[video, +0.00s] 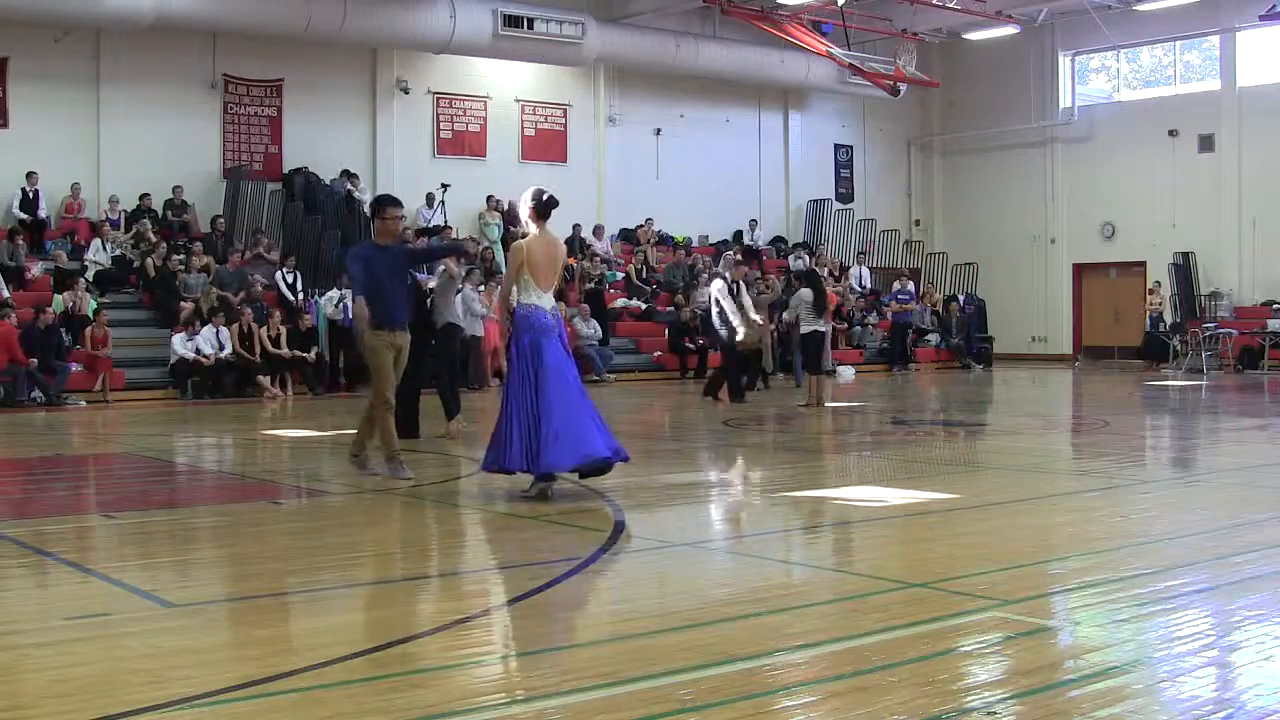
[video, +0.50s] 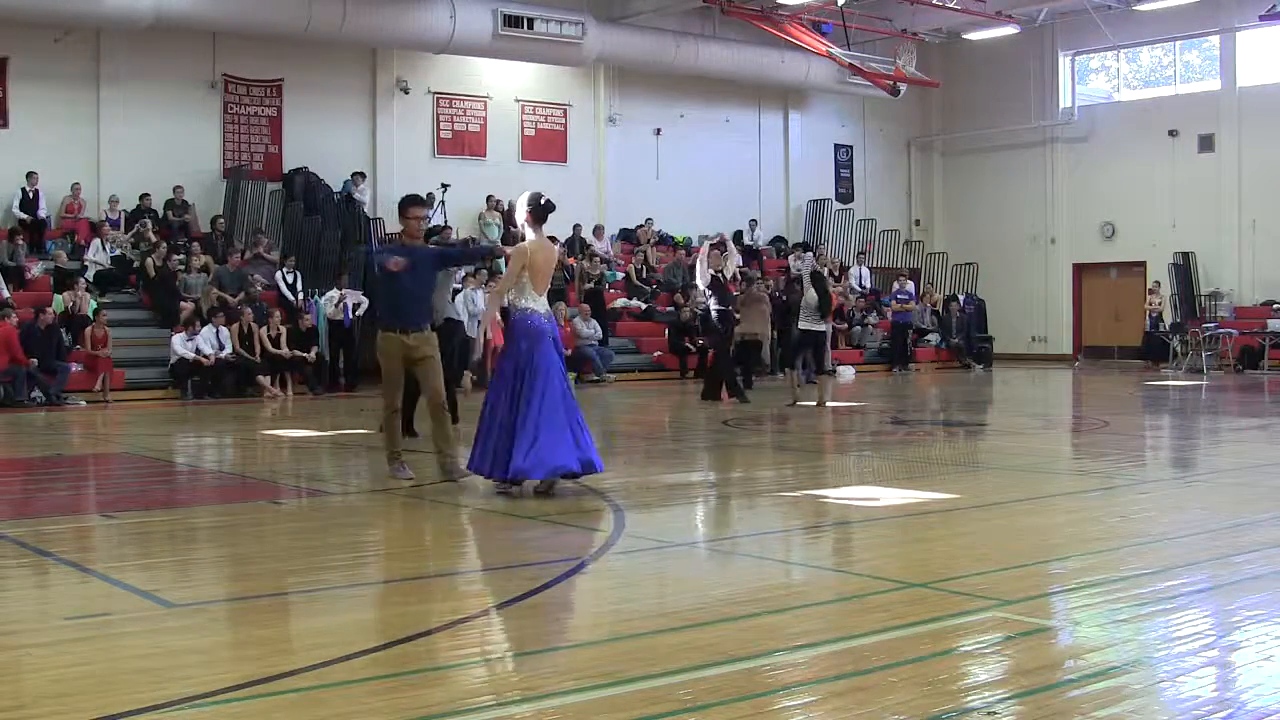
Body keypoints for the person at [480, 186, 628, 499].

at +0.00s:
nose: (519, 211)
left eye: (521, 206)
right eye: (521, 206)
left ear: (530, 211)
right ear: (546, 211)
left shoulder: (521, 247)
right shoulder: (560, 246)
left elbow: (506, 290)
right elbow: (554, 287)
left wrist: (505, 316)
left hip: (529, 321)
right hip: (552, 320)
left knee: (535, 393)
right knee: (553, 389)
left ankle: (543, 467)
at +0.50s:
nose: (516, 214)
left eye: (519, 210)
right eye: (518, 209)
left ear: (526, 214)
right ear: (544, 215)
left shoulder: (522, 250)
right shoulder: (552, 249)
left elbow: (502, 288)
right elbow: (538, 283)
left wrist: (488, 315)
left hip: (523, 325)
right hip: (546, 324)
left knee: (515, 394)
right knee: (547, 393)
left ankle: (511, 467)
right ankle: (550, 463)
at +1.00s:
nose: (492, 216)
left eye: (496, 211)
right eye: (494, 211)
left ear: (509, 217)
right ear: (519, 219)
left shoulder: (500, 251)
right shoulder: (531, 251)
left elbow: (467, 280)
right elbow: (519, 284)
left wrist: (438, 302)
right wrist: (487, 280)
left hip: (494, 321)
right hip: (516, 322)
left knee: (495, 390)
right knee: (514, 389)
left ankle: (507, 459)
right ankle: (527, 456)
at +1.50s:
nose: (485, 216)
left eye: (490, 212)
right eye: (486, 211)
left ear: (505, 217)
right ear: (511, 218)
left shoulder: (498, 249)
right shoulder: (519, 249)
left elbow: (458, 260)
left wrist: (426, 262)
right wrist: (435, 260)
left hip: (488, 324)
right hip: (503, 323)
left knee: (484, 392)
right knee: (498, 391)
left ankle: (493, 458)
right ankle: (500, 456)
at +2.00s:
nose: (487, 216)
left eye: (489, 211)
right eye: (488, 211)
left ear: (503, 218)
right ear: (511, 219)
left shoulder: (502, 250)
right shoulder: (522, 249)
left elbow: (462, 236)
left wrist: (427, 210)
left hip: (494, 321)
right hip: (511, 321)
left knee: (494, 392)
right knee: (506, 391)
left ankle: (498, 464)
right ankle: (503, 460)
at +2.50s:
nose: (490, 214)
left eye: (493, 209)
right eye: (492, 209)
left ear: (500, 216)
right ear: (517, 217)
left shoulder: (497, 248)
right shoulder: (523, 247)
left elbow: (459, 222)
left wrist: (441, 183)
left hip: (491, 323)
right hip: (512, 322)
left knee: (491, 393)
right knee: (507, 391)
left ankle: (494, 463)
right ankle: (505, 462)